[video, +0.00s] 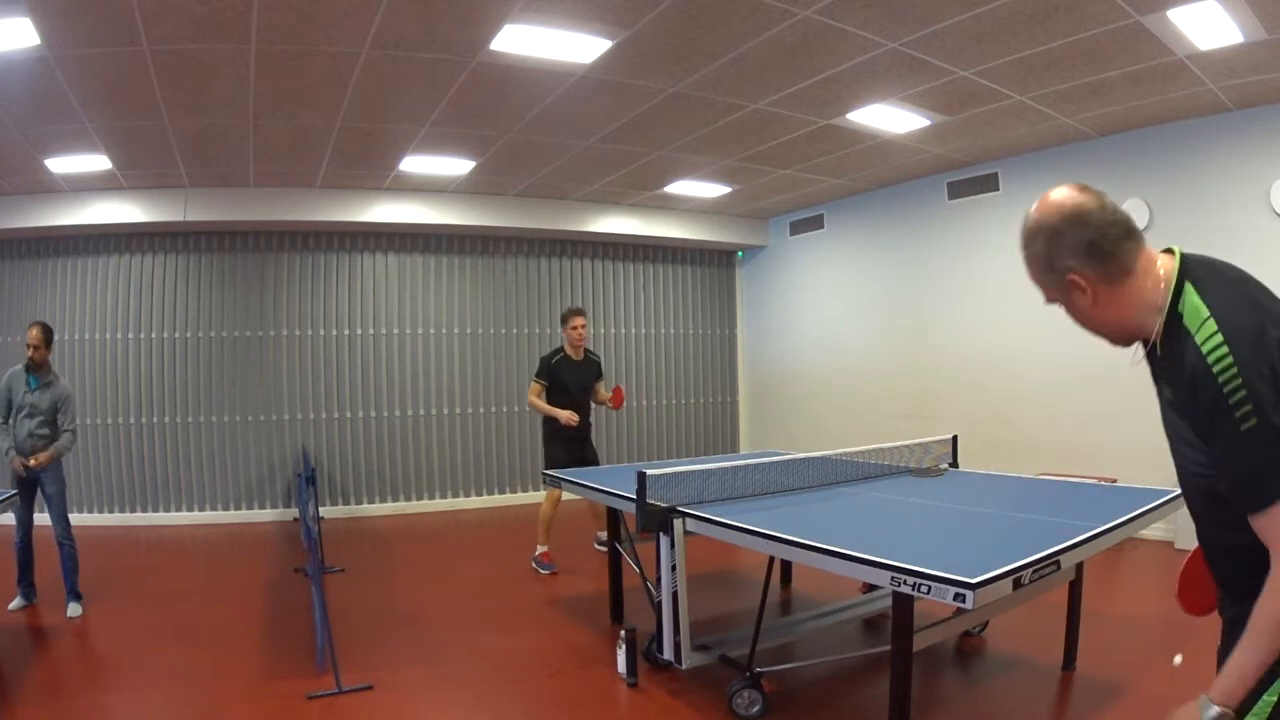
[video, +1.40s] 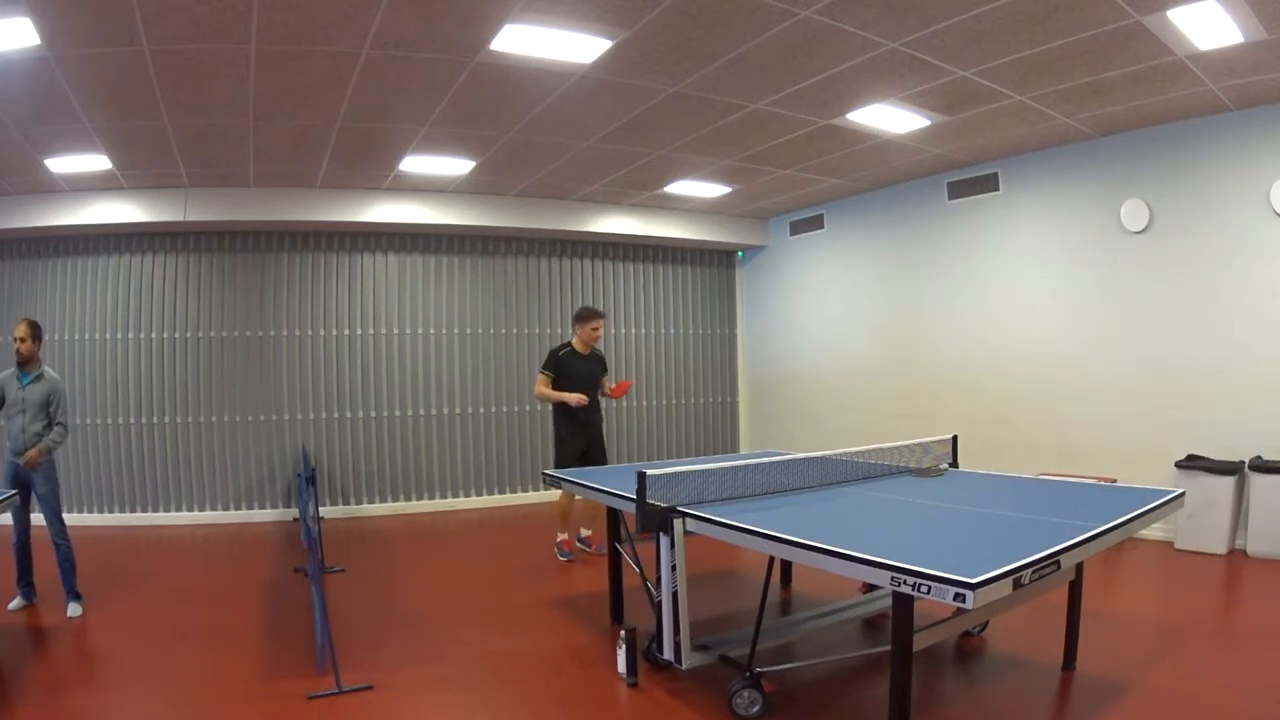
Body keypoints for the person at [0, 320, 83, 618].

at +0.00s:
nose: (30, 352)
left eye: (36, 348)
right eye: (28, 346)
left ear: (49, 349)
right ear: (25, 346)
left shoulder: (60, 390)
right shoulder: (12, 378)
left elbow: (69, 434)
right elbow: (4, 421)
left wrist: (48, 456)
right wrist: (12, 454)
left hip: (49, 464)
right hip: (19, 464)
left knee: (62, 532)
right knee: (22, 533)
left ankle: (73, 596)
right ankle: (26, 593)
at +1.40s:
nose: (17, 345)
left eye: (23, 340)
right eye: (15, 340)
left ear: (38, 344)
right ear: (13, 344)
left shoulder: (52, 383)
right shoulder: (6, 380)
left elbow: (61, 428)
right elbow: (2, 415)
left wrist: (41, 450)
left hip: (41, 464)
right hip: (11, 464)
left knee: (57, 532)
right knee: (20, 533)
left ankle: (72, 596)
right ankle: (26, 593)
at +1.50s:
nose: (17, 345)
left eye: (23, 340)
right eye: (15, 340)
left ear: (38, 344)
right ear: (13, 344)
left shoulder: (52, 383)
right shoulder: (7, 379)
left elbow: (62, 428)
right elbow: (3, 420)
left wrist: (41, 450)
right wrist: (1, 403)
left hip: (41, 463)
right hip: (11, 464)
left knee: (57, 531)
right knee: (20, 533)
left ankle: (72, 596)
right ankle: (26, 593)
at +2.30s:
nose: (18, 345)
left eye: (24, 340)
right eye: (15, 340)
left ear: (38, 344)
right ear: (13, 343)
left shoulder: (52, 382)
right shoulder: (6, 381)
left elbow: (62, 428)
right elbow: (3, 419)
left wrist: (42, 451)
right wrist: (8, 448)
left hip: (41, 463)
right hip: (11, 463)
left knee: (57, 531)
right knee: (20, 532)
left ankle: (73, 596)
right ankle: (26, 593)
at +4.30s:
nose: (29, 356)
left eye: (34, 350)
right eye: (25, 349)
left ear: (44, 347)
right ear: (18, 347)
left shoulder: (57, 379)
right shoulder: (7, 381)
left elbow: (73, 413)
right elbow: (2, 425)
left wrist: (54, 409)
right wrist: (3, 466)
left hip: (48, 461)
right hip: (18, 463)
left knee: (62, 530)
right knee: (22, 533)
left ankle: (73, 596)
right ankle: (26, 593)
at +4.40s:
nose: (29, 354)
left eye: (34, 349)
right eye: (25, 348)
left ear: (45, 347)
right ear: (19, 346)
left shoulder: (57, 380)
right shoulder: (7, 381)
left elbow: (70, 420)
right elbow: (4, 423)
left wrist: (53, 411)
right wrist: (10, 457)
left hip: (49, 461)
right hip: (19, 463)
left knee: (62, 530)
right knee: (22, 532)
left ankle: (73, 596)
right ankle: (26, 593)